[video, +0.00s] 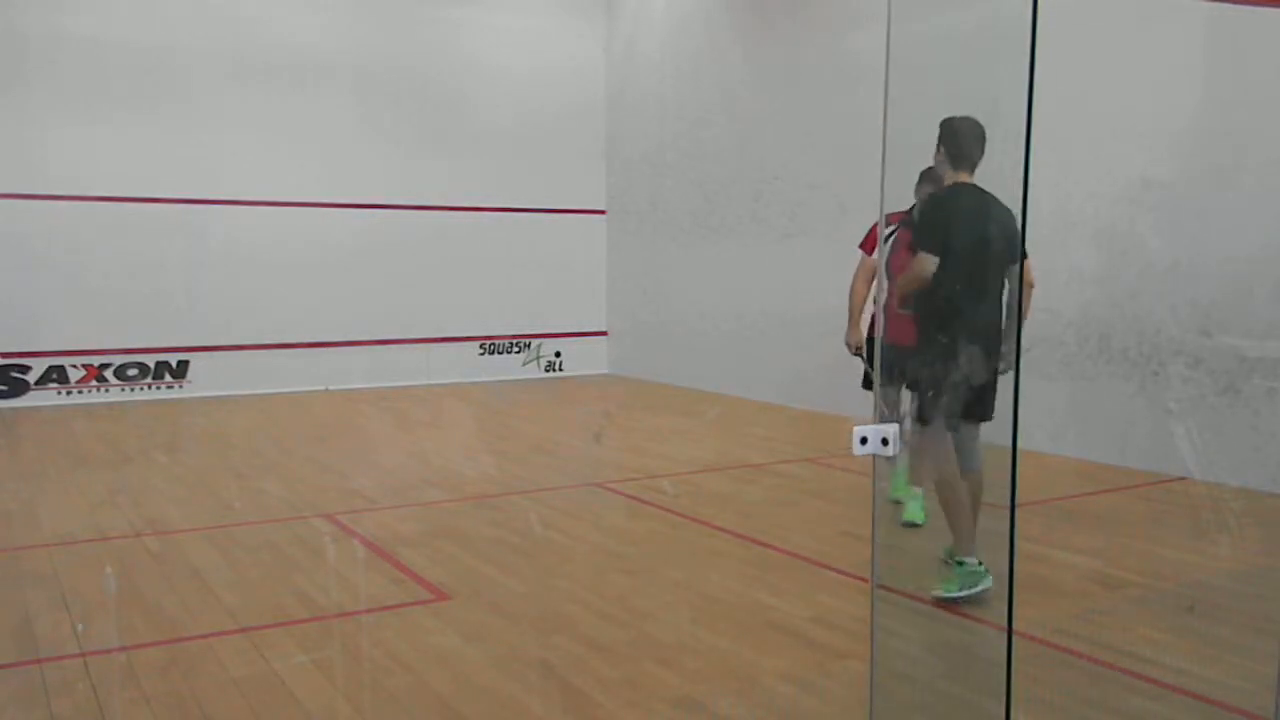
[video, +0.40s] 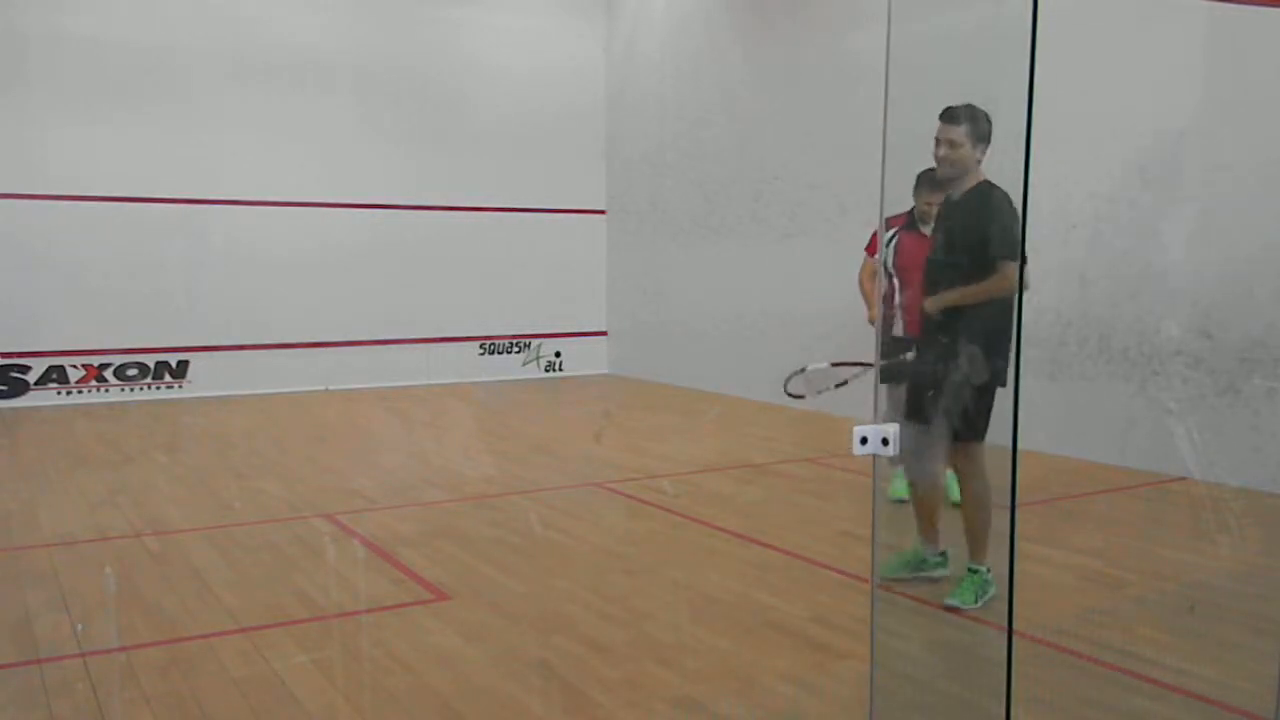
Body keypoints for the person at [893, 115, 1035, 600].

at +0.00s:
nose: (934, 155)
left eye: (937, 148)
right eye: (940, 148)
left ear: (941, 152)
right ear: (980, 157)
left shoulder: (937, 204)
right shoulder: (1002, 213)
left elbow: (925, 265)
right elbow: (1025, 282)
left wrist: (900, 289)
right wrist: (1010, 332)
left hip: (945, 345)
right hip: (984, 347)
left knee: (938, 442)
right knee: (968, 442)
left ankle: (969, 561)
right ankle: (965, 547)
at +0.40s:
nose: (940, 152)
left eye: (951, 145)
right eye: (937, 143)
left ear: (979, 150)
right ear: (935, 144)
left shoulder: (995, 204)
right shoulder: (948, 205)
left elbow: (1009, 280)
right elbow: (943, 276)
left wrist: (944, 300)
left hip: (976, 349)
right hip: (936, 344)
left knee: (967, 453)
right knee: (918, 447)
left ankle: (979, 570)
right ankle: (929, 551)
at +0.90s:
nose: (960, 142)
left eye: (967, 133)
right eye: (949, 132)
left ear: (974, 141)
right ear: (923, 138)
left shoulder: (992, 206)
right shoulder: (891, 209)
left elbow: (1009, 287)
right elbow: (863, 285)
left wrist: (985, 338)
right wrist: (836, 352)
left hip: (965, 362)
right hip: (904, 361)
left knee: (959, 468)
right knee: (909, 477)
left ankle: (967, 564)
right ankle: (912, 604)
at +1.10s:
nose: (943, 133)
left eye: (949, 125)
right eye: (931, 125)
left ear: (954, 134)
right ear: (903, 133)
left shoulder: (971, 202)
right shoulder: (871, 206)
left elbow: (988, 281)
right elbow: (843, 282)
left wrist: (977, 341)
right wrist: (820, 352)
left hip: (958, 362)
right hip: (892, 366)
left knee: (969, 485)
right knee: (900, 488)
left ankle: (949, 549)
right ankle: (911, 603)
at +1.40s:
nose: (923, 133)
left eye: (928, 124)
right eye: (910, 124)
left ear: (935, 131)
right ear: (880, 130)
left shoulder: (955, 198)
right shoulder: (849, 206)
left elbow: (977, 282)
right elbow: (823, 281)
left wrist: (980, 351)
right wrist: (816, 342)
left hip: (938, 369)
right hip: (874, 373)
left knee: (932, 493)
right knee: (891, 493)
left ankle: (941, 624)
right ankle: (909, 604)